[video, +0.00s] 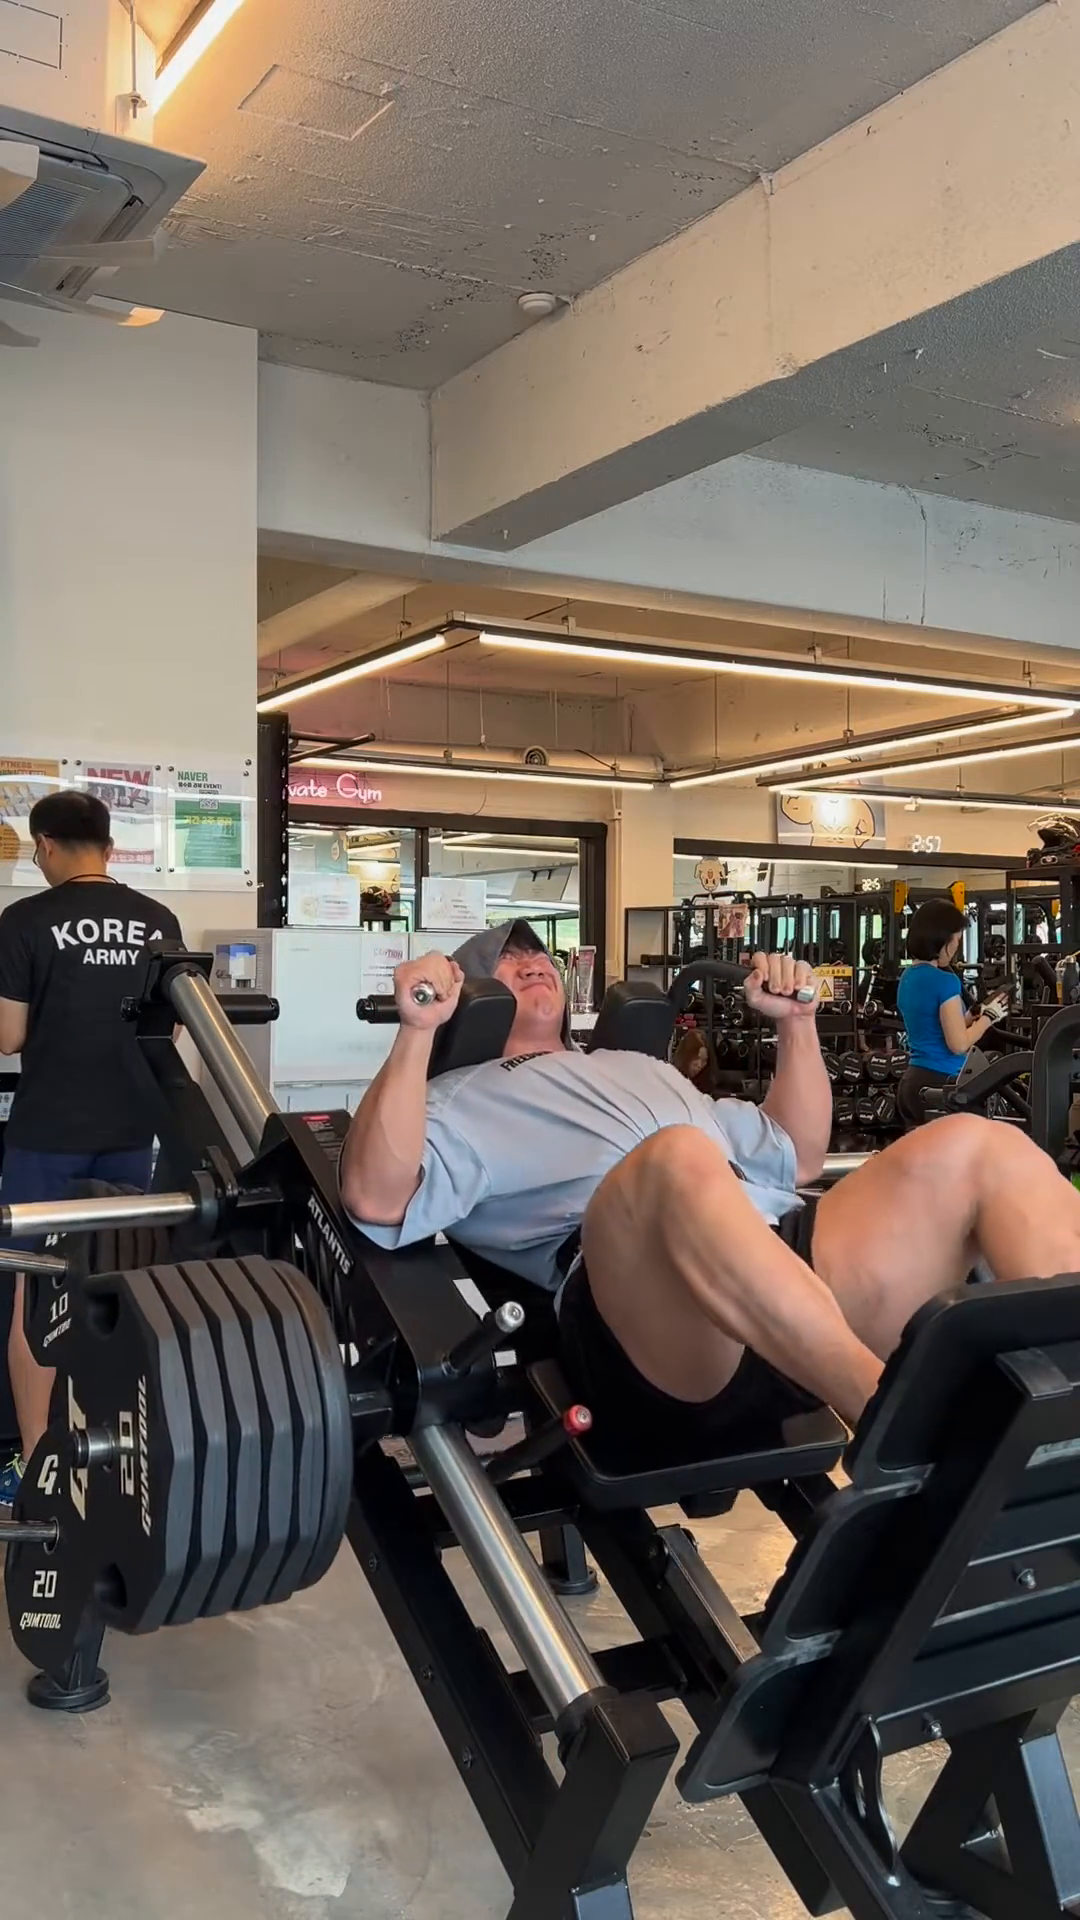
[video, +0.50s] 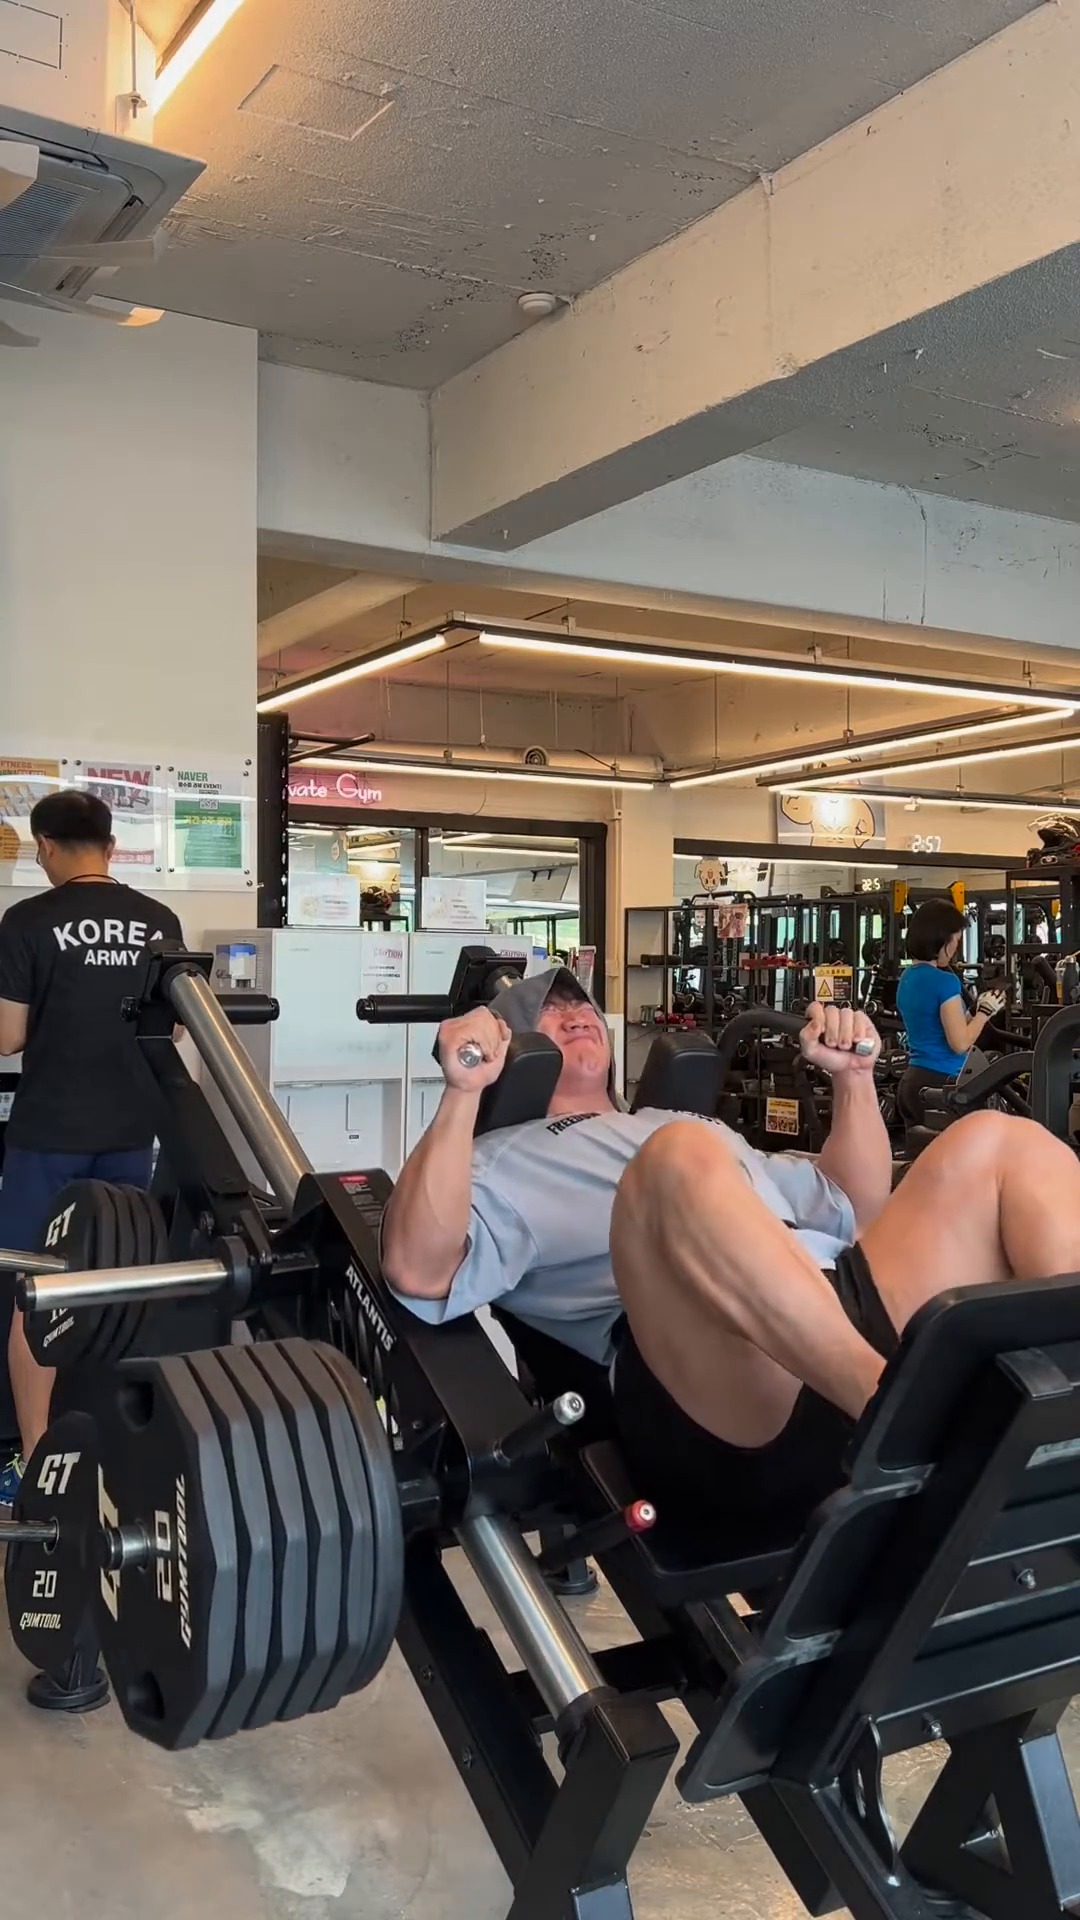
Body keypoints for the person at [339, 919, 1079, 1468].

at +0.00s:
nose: (531, 964)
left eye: (540, 956)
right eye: (508, 958)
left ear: (564, 991)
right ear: (472, 1004)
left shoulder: (644, 1071)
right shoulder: (461, 1103)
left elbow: (794, 1158)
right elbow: (374, 1198)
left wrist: (796, 1024)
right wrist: (417, 1034)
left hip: (799, 1294)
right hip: (648, 1350)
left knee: (979, 1151)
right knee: (676, 1162)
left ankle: (1077, 1379)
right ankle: (891, 1417)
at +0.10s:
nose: (542, 981)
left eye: (550, 971)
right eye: (519, 975)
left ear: (573, 1000)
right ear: (481, 1020)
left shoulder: (655, 1083)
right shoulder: (472, 1117)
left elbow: (808, 1171)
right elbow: (385, 1216)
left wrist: (806, 1038)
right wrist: (426, 1046)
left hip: (809, 1314)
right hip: (659, 1373)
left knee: (989, 1150)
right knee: (680, 1161)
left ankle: (1074, 1384)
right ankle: (899, 1418)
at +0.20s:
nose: (550, 989)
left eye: (558, 979)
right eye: (525, 980)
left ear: (580, 1013)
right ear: (481, 1021)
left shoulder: (662, 1094)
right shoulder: (476, 1129)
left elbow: (819, 1181)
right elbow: (392, 1230)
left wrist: (818, 1046)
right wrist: (437, 1057)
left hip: (821, 1326)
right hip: (673, 1389)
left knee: (993, 1148)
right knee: (676, 1158)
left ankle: (1071, 1380)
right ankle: (892, 1409)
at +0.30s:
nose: (564, 997)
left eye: (572, 986)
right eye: (538, 985)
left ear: (592, 1024)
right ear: (486, 1025)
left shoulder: (672, 1108)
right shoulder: (484, 1144)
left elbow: (833, 1192)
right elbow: (401, 1245)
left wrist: (829, 1060)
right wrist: (447, 1067)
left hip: (837, 1342)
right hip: (686, 1404)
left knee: (997, 1146)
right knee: (678, 1157)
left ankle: (1065, 1393)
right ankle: (888, 1408)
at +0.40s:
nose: (571, 1001)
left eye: (575, 990)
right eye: (543, 992)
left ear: (596, 1026)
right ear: (497, 1033)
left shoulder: (671, 1117)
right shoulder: (495, 1155)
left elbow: (844, 1198)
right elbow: (409, 1258)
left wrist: (839, 1071)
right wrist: (454, 1083)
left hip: (853, 1363)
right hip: (702, 1424)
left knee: (997, 1147)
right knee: (679, 1149)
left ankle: (1069, 1392)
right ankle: (893, 1409)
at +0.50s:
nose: (584, 1013)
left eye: (585, 1000)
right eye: (554, 1003)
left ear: (602, 1034)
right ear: (504, 1042)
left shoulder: (678, 1130)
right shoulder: (501, 1167)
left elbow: (852, 1208)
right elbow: (417, 1273)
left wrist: (851, 1080)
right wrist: (463, 1095)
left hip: (858, 1376)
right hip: (707, 1433)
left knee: (1001, 1146)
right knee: (681, 1153)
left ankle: (1070, 1391)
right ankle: (891, 1405)